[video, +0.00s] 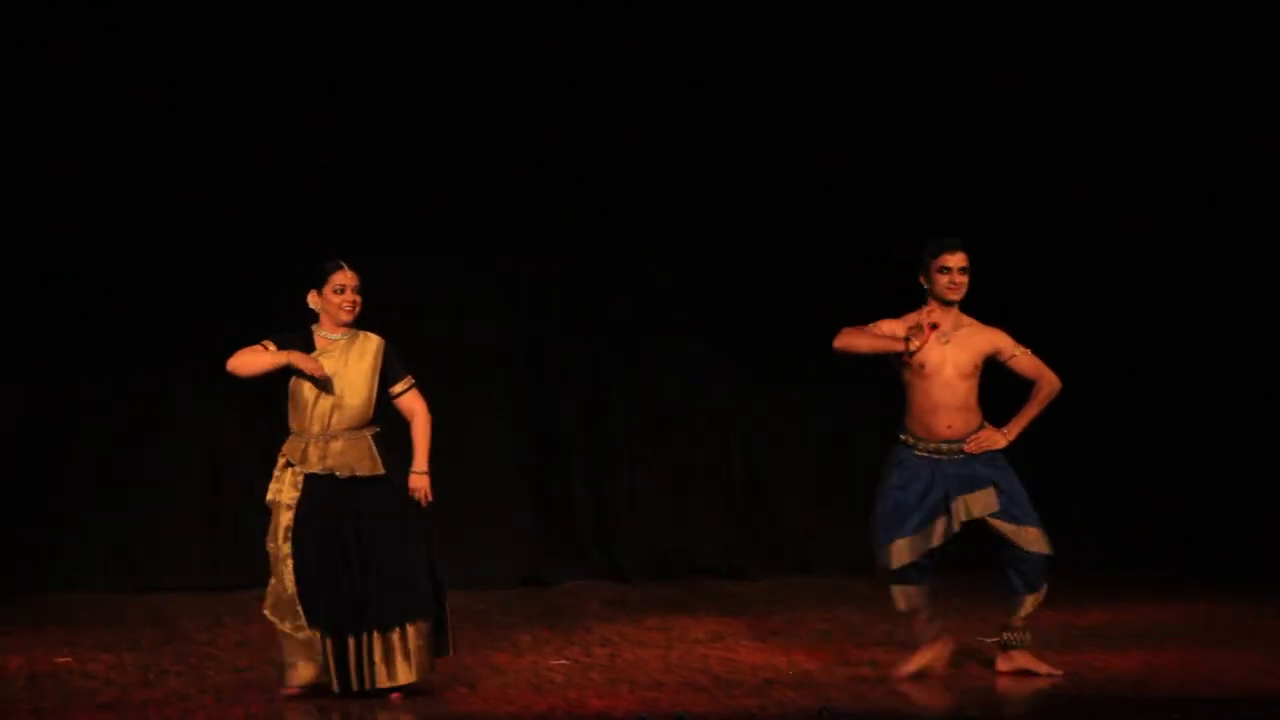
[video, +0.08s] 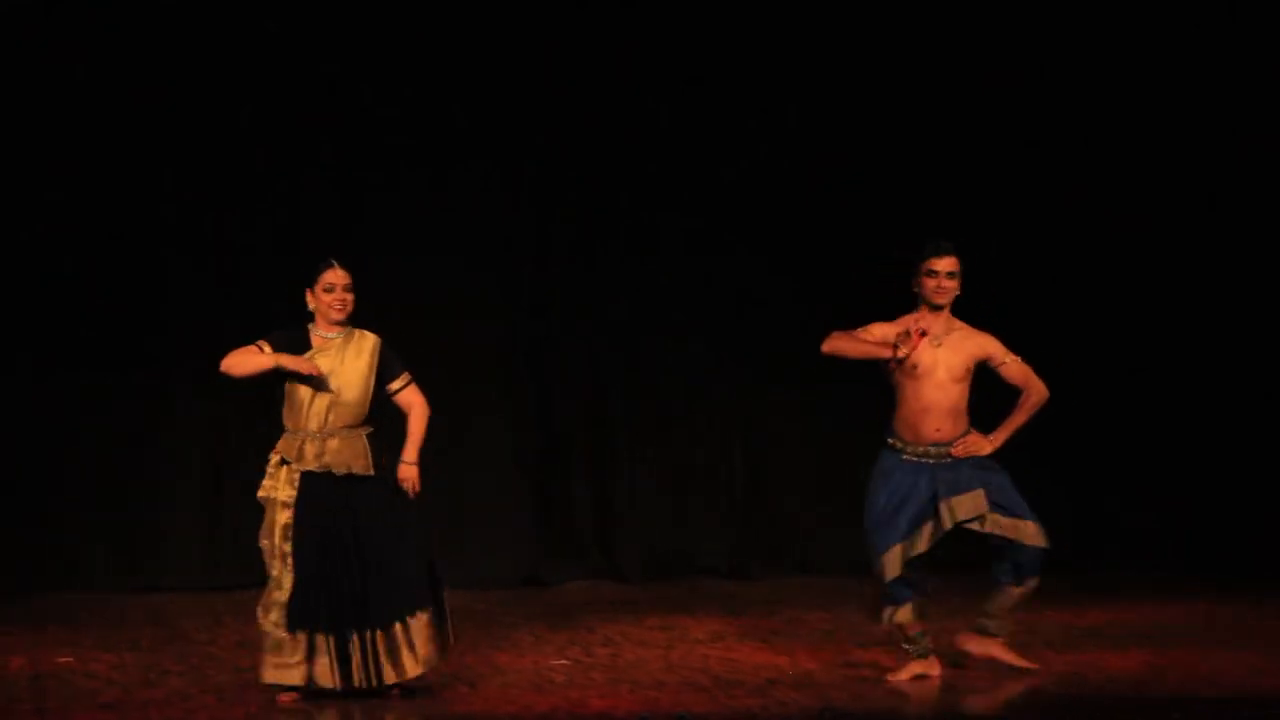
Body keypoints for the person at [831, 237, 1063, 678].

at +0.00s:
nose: (955, 279)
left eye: (962, 271)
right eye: (945, 271)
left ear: (969, 277)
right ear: (926, 277)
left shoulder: (985, 337)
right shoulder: (906, 327)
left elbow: (1049, 382)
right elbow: (843, 340)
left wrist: (1007, 432)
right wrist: (902, 342)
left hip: (976, 454)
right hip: (916, 455)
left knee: (1031, 545)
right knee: (899, 552)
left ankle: (1014, 648)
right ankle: (931, 640)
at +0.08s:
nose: (941, 283)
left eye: (950, 276)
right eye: (932, 275)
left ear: (960, 284)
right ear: (917, 280)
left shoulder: (976, 342)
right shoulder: (897, 330)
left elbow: (1036, 391)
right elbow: (831, 344)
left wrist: (992, 440)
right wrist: (890, 350)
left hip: (962, 459)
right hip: (903, 460)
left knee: (1027, 541)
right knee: (887, 553)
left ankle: (986, 633)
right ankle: (920, 656)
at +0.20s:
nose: (925, 287)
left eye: (935, 280)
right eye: (917, 278)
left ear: (947, 288)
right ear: (905, 283)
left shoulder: (967, 345)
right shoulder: (887, 334)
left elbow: (1026, 396)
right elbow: (818, 347)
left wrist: (983, 444)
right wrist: (878, 350)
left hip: (949, 463)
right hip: (892, 460)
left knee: (993, 545)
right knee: (887, 557)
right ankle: (920, 654)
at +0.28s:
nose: (916, 283)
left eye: (926, 276)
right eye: (908, 274)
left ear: (939, 284)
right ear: (898, 279)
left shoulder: (963, 339)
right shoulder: (879, 332)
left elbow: (1021, 390)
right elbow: (811, 343)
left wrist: (979, 441)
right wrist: (872, 344)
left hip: (942, 459)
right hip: (888, 456)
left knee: (947, 554)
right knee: (888, 553)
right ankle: (920, 653)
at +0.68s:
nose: (917, 280)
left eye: (926, 272)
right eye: (908, 271)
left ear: (936, 277)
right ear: (894, 277)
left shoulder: (963, 330)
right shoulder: (881, 332)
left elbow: (1021, 379)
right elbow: (819, 355)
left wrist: (985, 433)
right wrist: (879, 344)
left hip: (951, 454)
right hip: (895, 451)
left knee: (996, 548)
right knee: (866, 546)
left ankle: (932, 621)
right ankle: (876, 653)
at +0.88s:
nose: (941, 277)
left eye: (947, 269)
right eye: (931, 269)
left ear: (955, 276)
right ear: (912, 277)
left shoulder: (978, 327)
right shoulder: (903, 332)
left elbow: (1046, 348)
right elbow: (850, 364)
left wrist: (1019, 397)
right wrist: (909, 367)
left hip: (976, 449)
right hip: (922, 450)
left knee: (1004, 546)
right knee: (890, 539)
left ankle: (965, 649)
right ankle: (912, 624)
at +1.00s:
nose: (951, 272)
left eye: (956, 264)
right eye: (940, 264)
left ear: (963, 272)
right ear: (920, 273)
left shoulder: (984, 320)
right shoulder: (913, 328)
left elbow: (1054, 325)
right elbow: (871, 355)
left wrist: (1035, 354)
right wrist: (926, 368)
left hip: (980, 447)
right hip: (931, 449)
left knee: (1006, 541)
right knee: (948, 550)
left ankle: (962, 647)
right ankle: (940, 631)